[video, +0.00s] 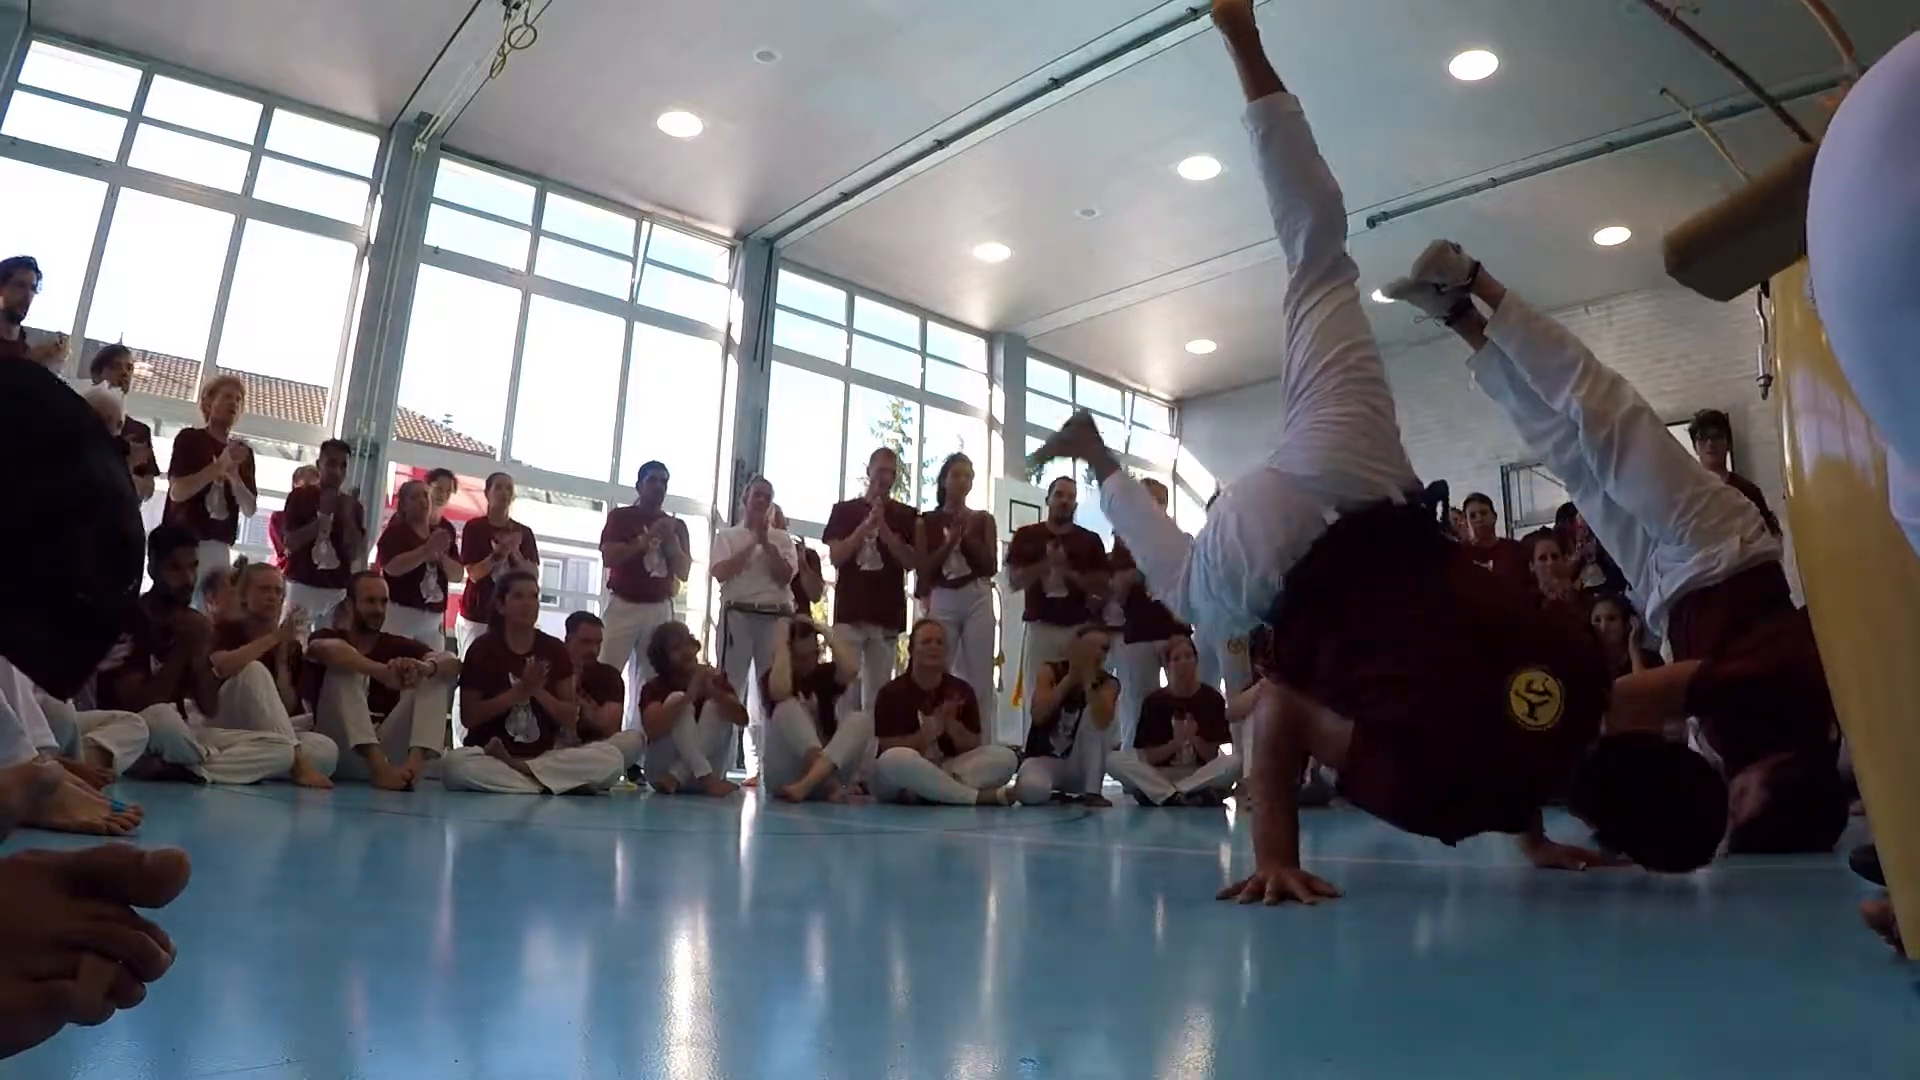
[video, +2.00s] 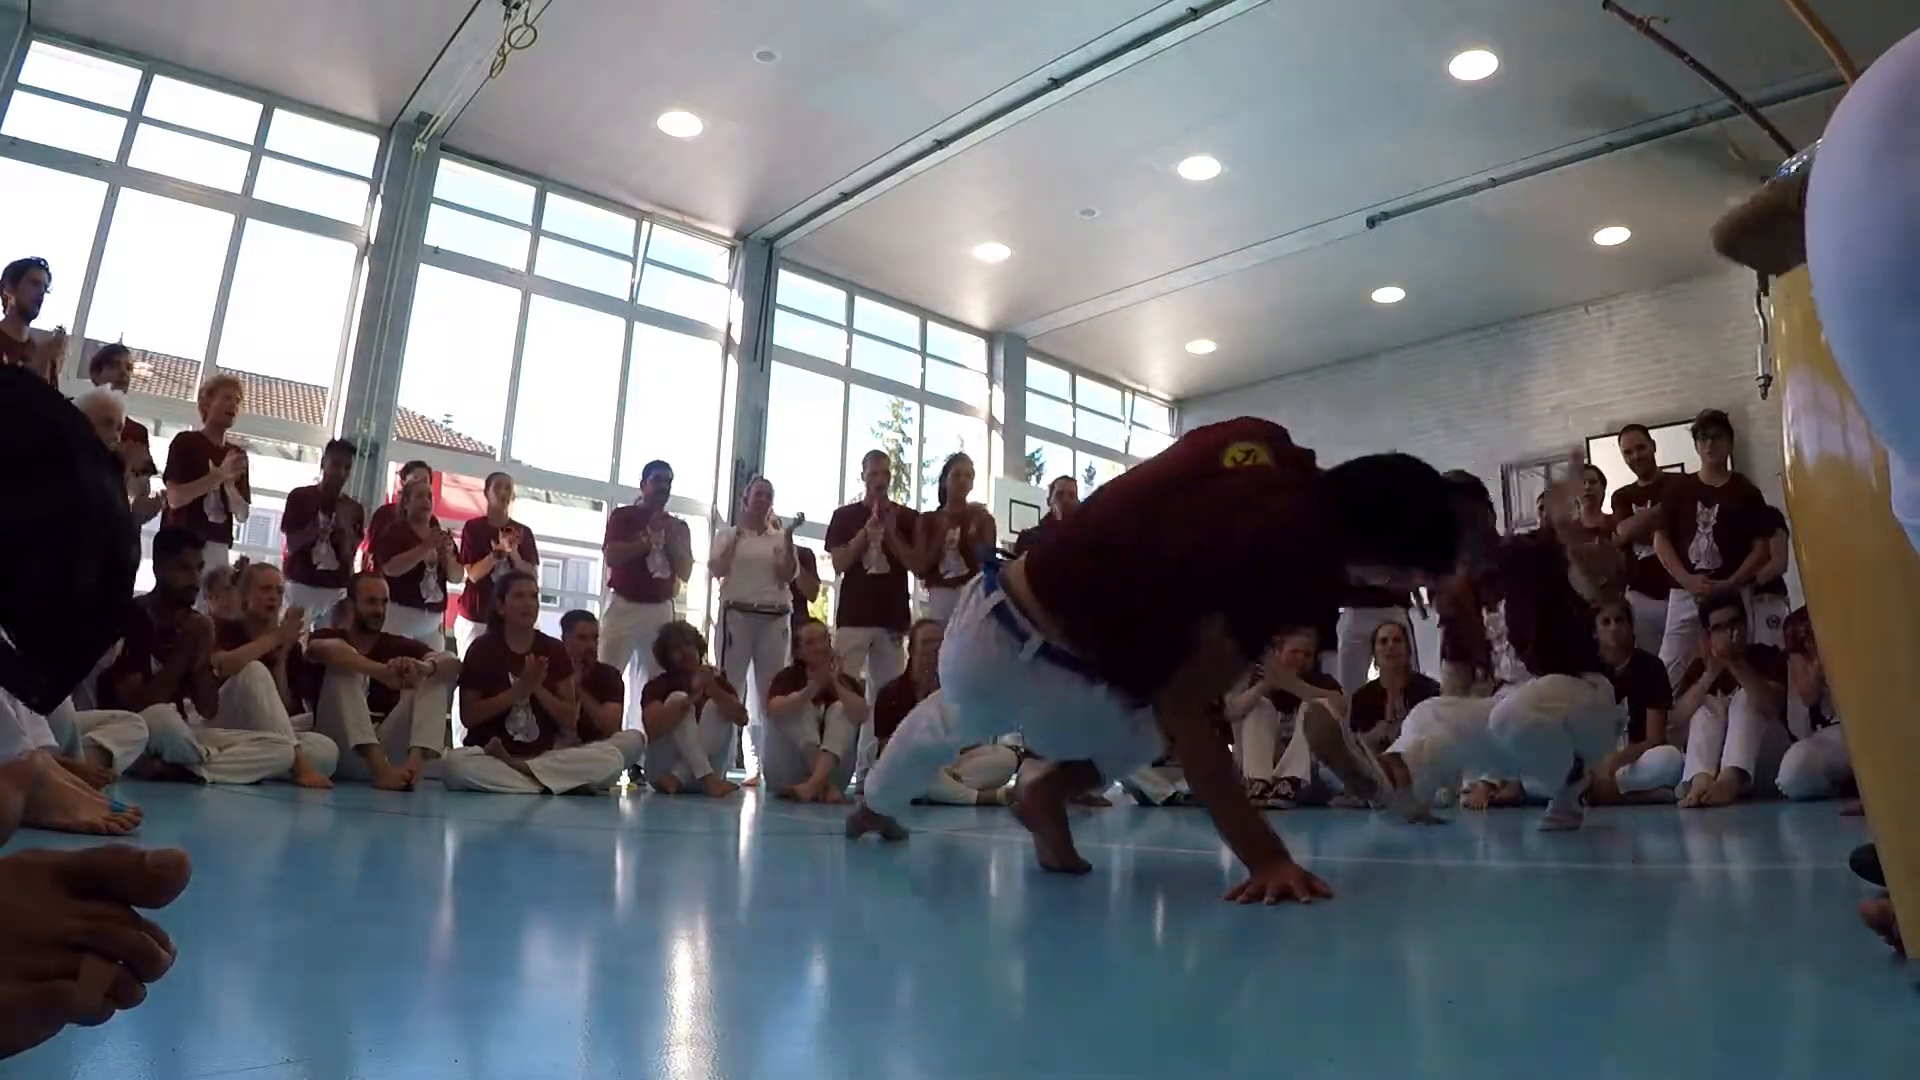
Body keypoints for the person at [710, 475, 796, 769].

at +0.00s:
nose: (759, 501)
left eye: (765, 497)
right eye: (755, 495)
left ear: (772, 503)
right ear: (744, 499)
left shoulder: (783, 538)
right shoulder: (728, 535)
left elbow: (785, 576)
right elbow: (719, 574)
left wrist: (765, 541)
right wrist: (750, 548)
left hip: (775, 616)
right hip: (737, 614)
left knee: (773, 693)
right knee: (730, 690)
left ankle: (769, 765)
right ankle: (722, 764)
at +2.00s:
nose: (761, 499)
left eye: (766, 495)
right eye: (757, 494)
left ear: (772, 502)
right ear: (745, 497)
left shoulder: (780, 536)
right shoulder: (728, 534)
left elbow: (787, 576)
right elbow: (718, 571)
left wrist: (787, 540)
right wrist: (734, 539)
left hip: (775, 616)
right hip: (736, 615)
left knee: (773, 692)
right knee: (730, 690)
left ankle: (771, 764)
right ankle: (726, 763)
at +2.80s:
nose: (761, 500)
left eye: (766, 495)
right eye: (756, 494)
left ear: (773, 502)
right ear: (745, 498)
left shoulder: (782, 539)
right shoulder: (728, 534)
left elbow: (788, 580)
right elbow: (716, 573)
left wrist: (784, 543)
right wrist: (735, 543)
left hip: (775, 618)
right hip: (736, 616)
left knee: (772, 693)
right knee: (729, 691)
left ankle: (769, 764)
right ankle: (723, 765)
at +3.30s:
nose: (762, 506)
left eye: (768, 499)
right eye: (758, 498)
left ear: (776, 504)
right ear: (746, 500)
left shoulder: (782, 534)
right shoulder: (729, 533)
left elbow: (790, 576)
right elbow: (722, 576)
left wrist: (772, 537)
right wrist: (741, 537)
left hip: (775, 616)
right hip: (738, 613)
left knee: (771, 694)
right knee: (731, 690)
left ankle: (768, 764)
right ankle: (724, 764)